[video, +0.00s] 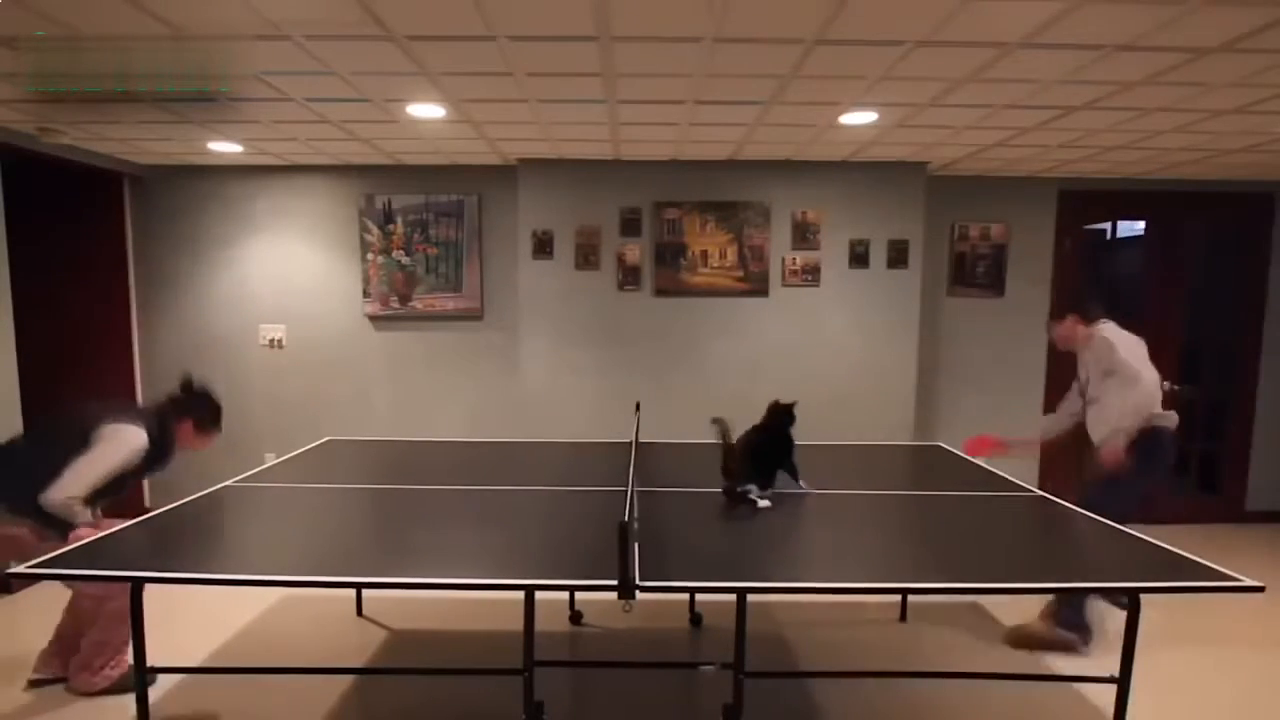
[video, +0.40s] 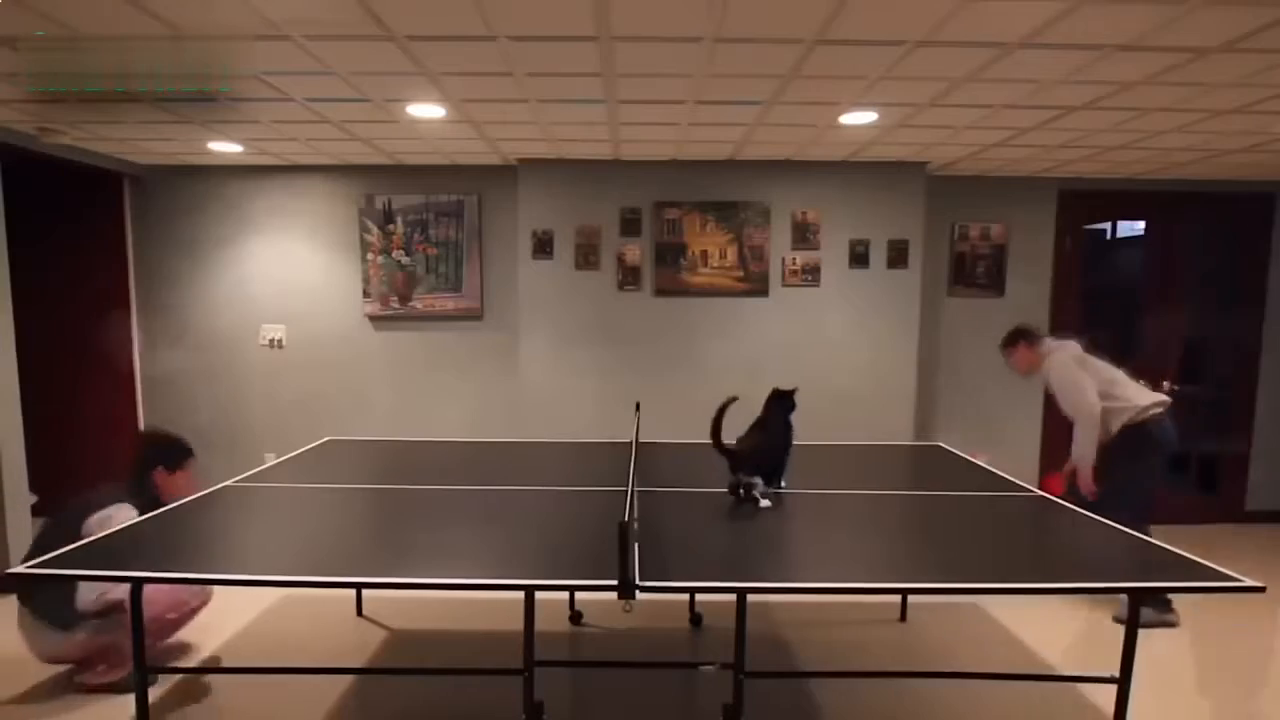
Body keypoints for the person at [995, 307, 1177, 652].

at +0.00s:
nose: (1055, 340)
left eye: (1057, 330)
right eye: (1052, 333)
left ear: (1074, 321)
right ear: (1070, 325)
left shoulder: (1108, 337)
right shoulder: (1088, 357)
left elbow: (1145, 385)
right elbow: (1065, 416)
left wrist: (1117, 436)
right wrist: (1011, 442)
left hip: (1147, 440)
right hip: (1125, 446)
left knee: (1089, 520)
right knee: (1087, 521)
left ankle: (1070, 621)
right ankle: (1066, 617)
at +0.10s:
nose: (1048, 336)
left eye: (1047, 327)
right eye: (1045, 330)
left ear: (1062, 316)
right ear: (1059, 321)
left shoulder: (1098, 325)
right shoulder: (1081, 351)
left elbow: (1146, 368)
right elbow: (1084, 419)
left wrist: (1143, 426)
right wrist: (1031, 447)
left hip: (1142, 428)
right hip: (1119, 430)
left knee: (1102, 512)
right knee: (1096, 512)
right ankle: (1111, 601)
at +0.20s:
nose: (1042, 331)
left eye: (1041, 323)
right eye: (1039, 325)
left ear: (1054, 311)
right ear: (1055, 314)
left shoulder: (1090, 321)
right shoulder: (1079, 337)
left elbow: (1124, 370)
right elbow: (1103, 409)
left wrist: (1118, 424)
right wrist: (1073, 453)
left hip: (1147, 420)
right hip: (1135, 423)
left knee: (1111, 506)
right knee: (1111, 506)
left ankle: (1152, 600)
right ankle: (1141, 595)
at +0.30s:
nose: (1028, 344)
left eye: (1027, 335)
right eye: (1025, 337)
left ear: (1041, 324)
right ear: (1042, 324)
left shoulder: (1074, 341)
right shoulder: (1073, 340)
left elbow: (1097, 395)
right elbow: (1099, 398)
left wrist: (1089, 452)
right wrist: (1085, 453)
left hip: (1144, 423)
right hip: (1138, 422)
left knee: (1125, 510)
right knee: (1119, 508)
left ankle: (1151, 601)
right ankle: (1144, 596)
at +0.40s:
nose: (1013, 367)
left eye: (1012, 358)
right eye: (1009, 361)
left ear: (1025, 347)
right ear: (1027, 348)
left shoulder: (1059, 361)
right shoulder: (1059, 359)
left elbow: (1088, 411)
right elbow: (1090, 416)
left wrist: (1085, 466)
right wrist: (1073, 465)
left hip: (1142, 431)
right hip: (1141, 430)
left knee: (1124, 517)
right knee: (1122, 516)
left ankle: (1153, 603)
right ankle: (1146, 599)